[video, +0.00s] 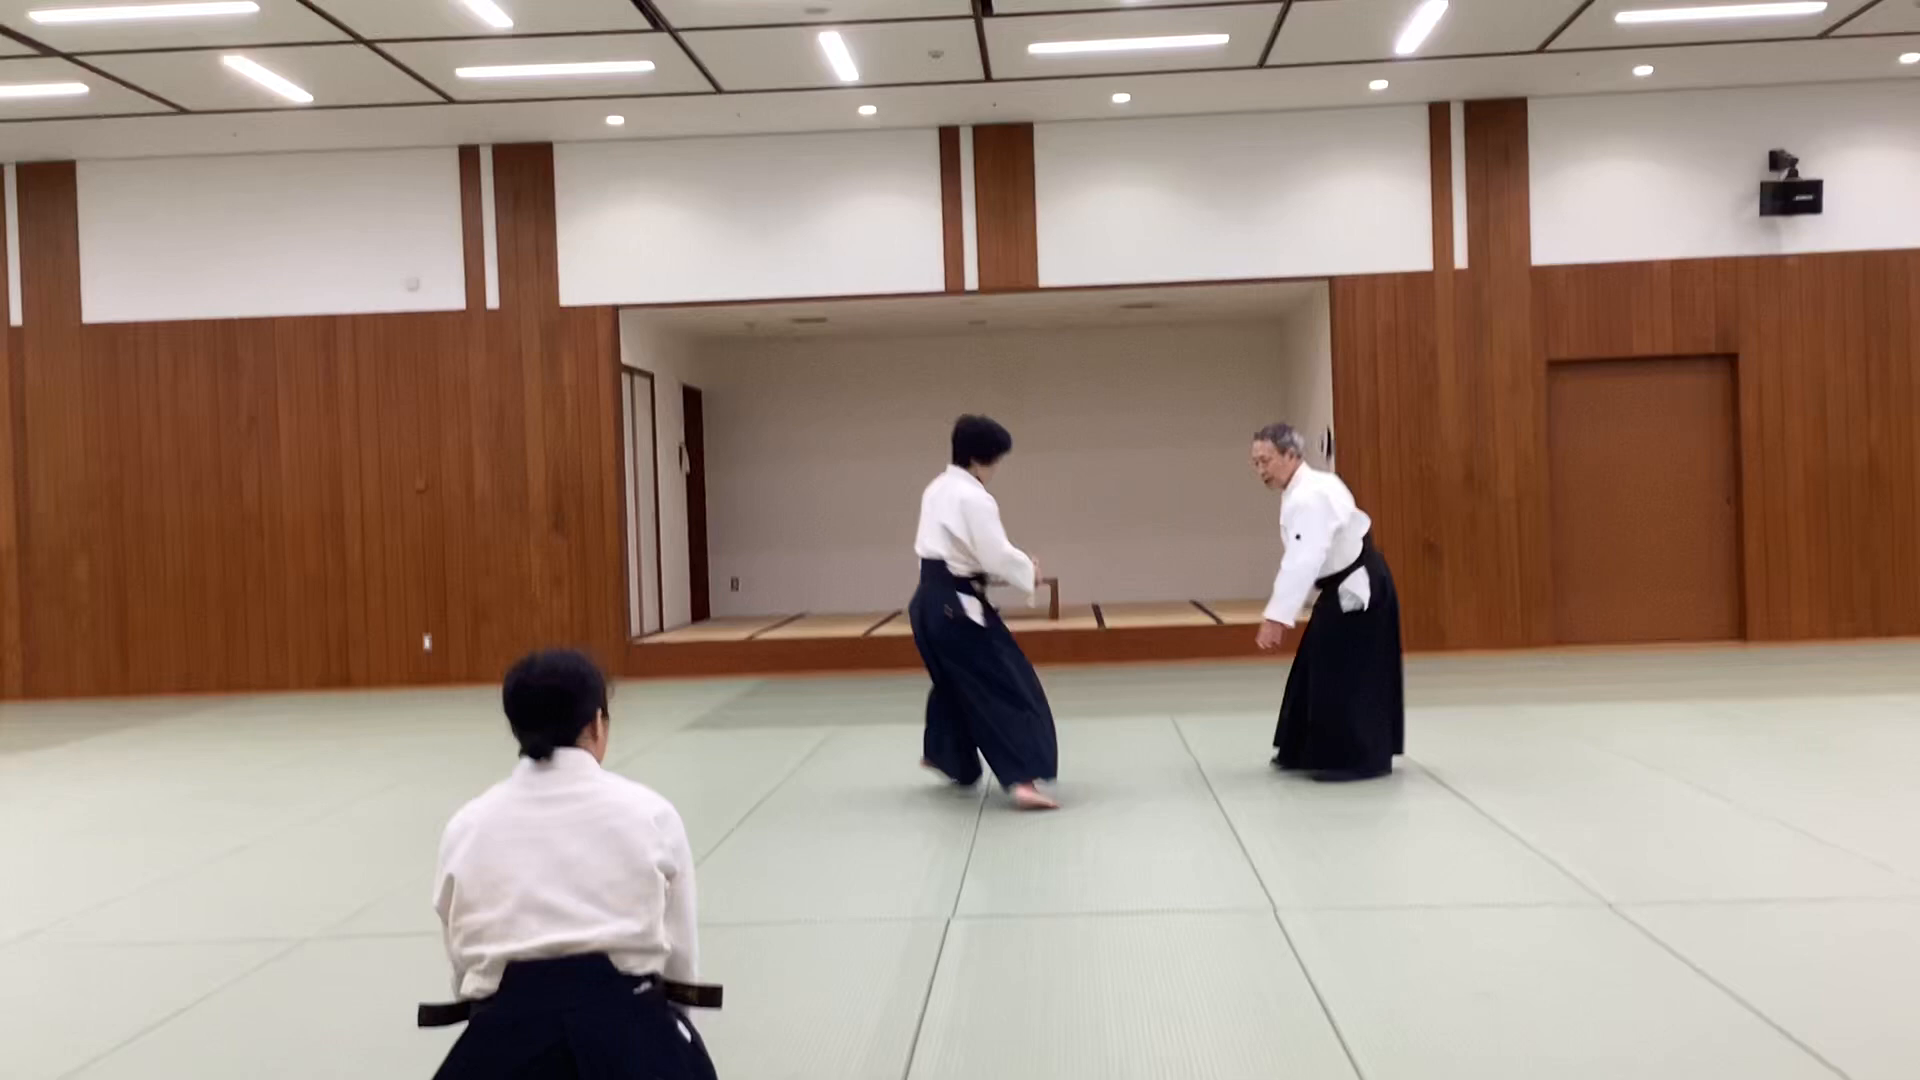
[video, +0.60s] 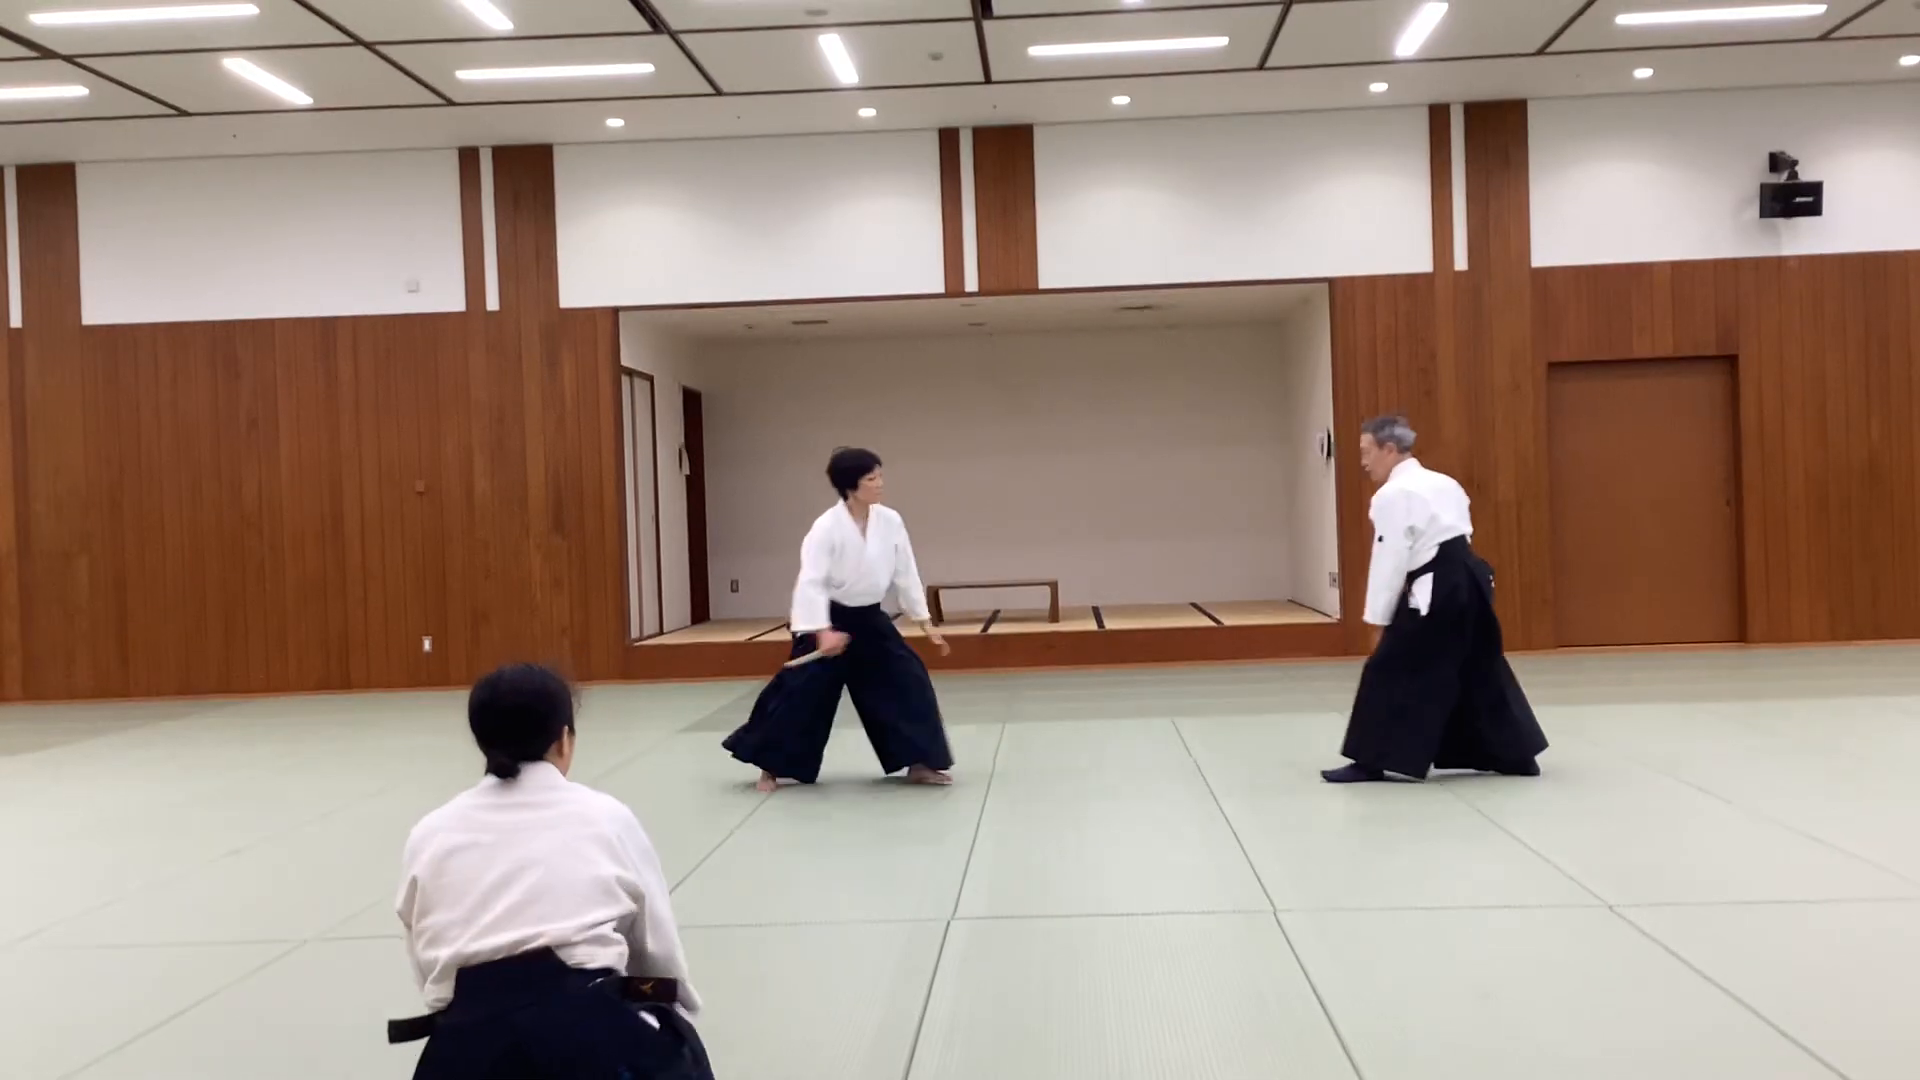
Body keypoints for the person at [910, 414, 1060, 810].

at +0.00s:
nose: (996, 467)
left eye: (997, 459)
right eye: (995, 459)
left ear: (960, 452)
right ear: (982, 458)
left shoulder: (936, 488)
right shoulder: (975, 498)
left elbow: (959, 552)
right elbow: (995, 556)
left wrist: (1018, 562)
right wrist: (1030, 570)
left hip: (926, 601)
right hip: (958, 606)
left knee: (952, 680)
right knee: (1009, 684)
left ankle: (939, 752)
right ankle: (1022, 780)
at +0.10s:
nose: (981, 475)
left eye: (982, 468)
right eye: (978, 468)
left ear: (954, 465)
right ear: (958, 468)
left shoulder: (959, 498)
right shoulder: (940, 506)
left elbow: (982, 542)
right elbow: (963, 561)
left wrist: (1011, 564)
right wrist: (1006, 579)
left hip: (937, 608)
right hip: (928, 612)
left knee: (950, 683)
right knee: (975, 681)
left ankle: (935, 757)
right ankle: (974, 774)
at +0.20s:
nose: (963, 481)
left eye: (965, 474)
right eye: (959, 474)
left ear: (948, 473)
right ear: (938, 473)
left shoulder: (953, 507)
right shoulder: (914, 513)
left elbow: (973, 548)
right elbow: (934, 564)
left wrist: (1001, 573)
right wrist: (982, 582)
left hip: (929, 610)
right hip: (906, 612)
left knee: (958, 686)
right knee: (936, 687)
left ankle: (925, 761)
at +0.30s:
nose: (944, 476)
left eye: (945, 469)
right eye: (939, 469)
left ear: (930, 470)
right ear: (920, 469)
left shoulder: (940, 506)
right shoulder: (894, 509)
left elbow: (956, 555)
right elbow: (911, 564)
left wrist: (979, 599)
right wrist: (956, 584)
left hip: (920, 611)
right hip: (890, 613)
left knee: (930, 686)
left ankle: (926, 766)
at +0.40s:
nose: (925, 468)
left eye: (925, 461)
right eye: (918, 463)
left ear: (913, 468)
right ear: (897, 468)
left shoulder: (925, 506)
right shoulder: (870, 510)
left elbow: (933, 563)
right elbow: (879, 565)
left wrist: (933, 617)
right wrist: (919, 590)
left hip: (907, 610)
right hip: (867, 610)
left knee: (936, 683)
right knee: (838, 683)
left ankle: (929, 762)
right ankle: (785, 744)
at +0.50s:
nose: (901, 472)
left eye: (901, 465)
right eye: (893, 467)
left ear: (892, 473)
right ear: (872, 474)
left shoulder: (906, 513)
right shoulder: (845, 516)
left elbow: (913, 568)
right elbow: (841, 570)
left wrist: (915, 619)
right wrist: (870, 606)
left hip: (888, 615)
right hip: (844, 616)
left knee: (917, 683)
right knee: (815, 690)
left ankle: (923, 765)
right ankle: (774, 759)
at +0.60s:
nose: (880, 483)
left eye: (880, 476)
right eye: (871, 478)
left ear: (879, 479)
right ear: (850, 486)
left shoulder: (890, 521)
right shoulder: (826, 528)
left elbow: (907, 575)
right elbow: (811, 583)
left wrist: (928, 624)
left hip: (870, 618)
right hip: (828, 617)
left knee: (911, 674)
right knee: (801, 689)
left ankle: (919, 764)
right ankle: (770, 767)